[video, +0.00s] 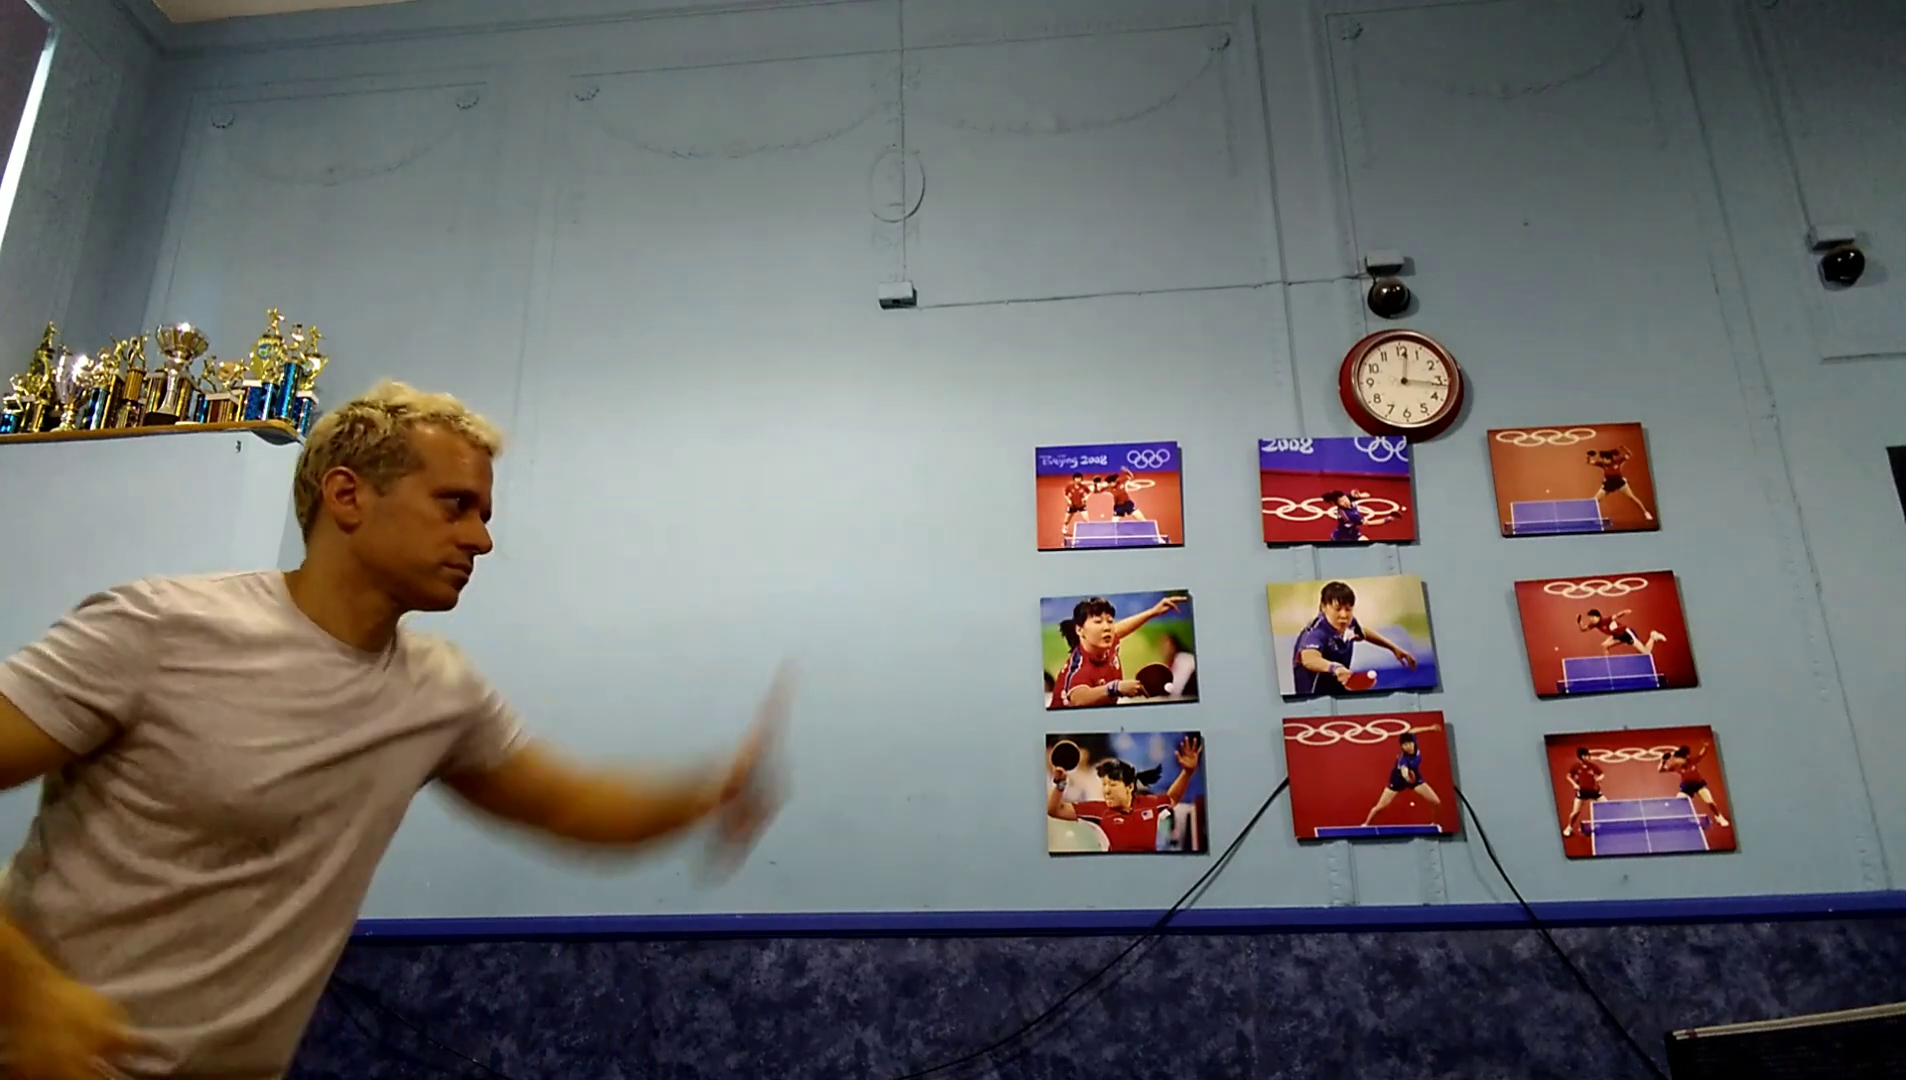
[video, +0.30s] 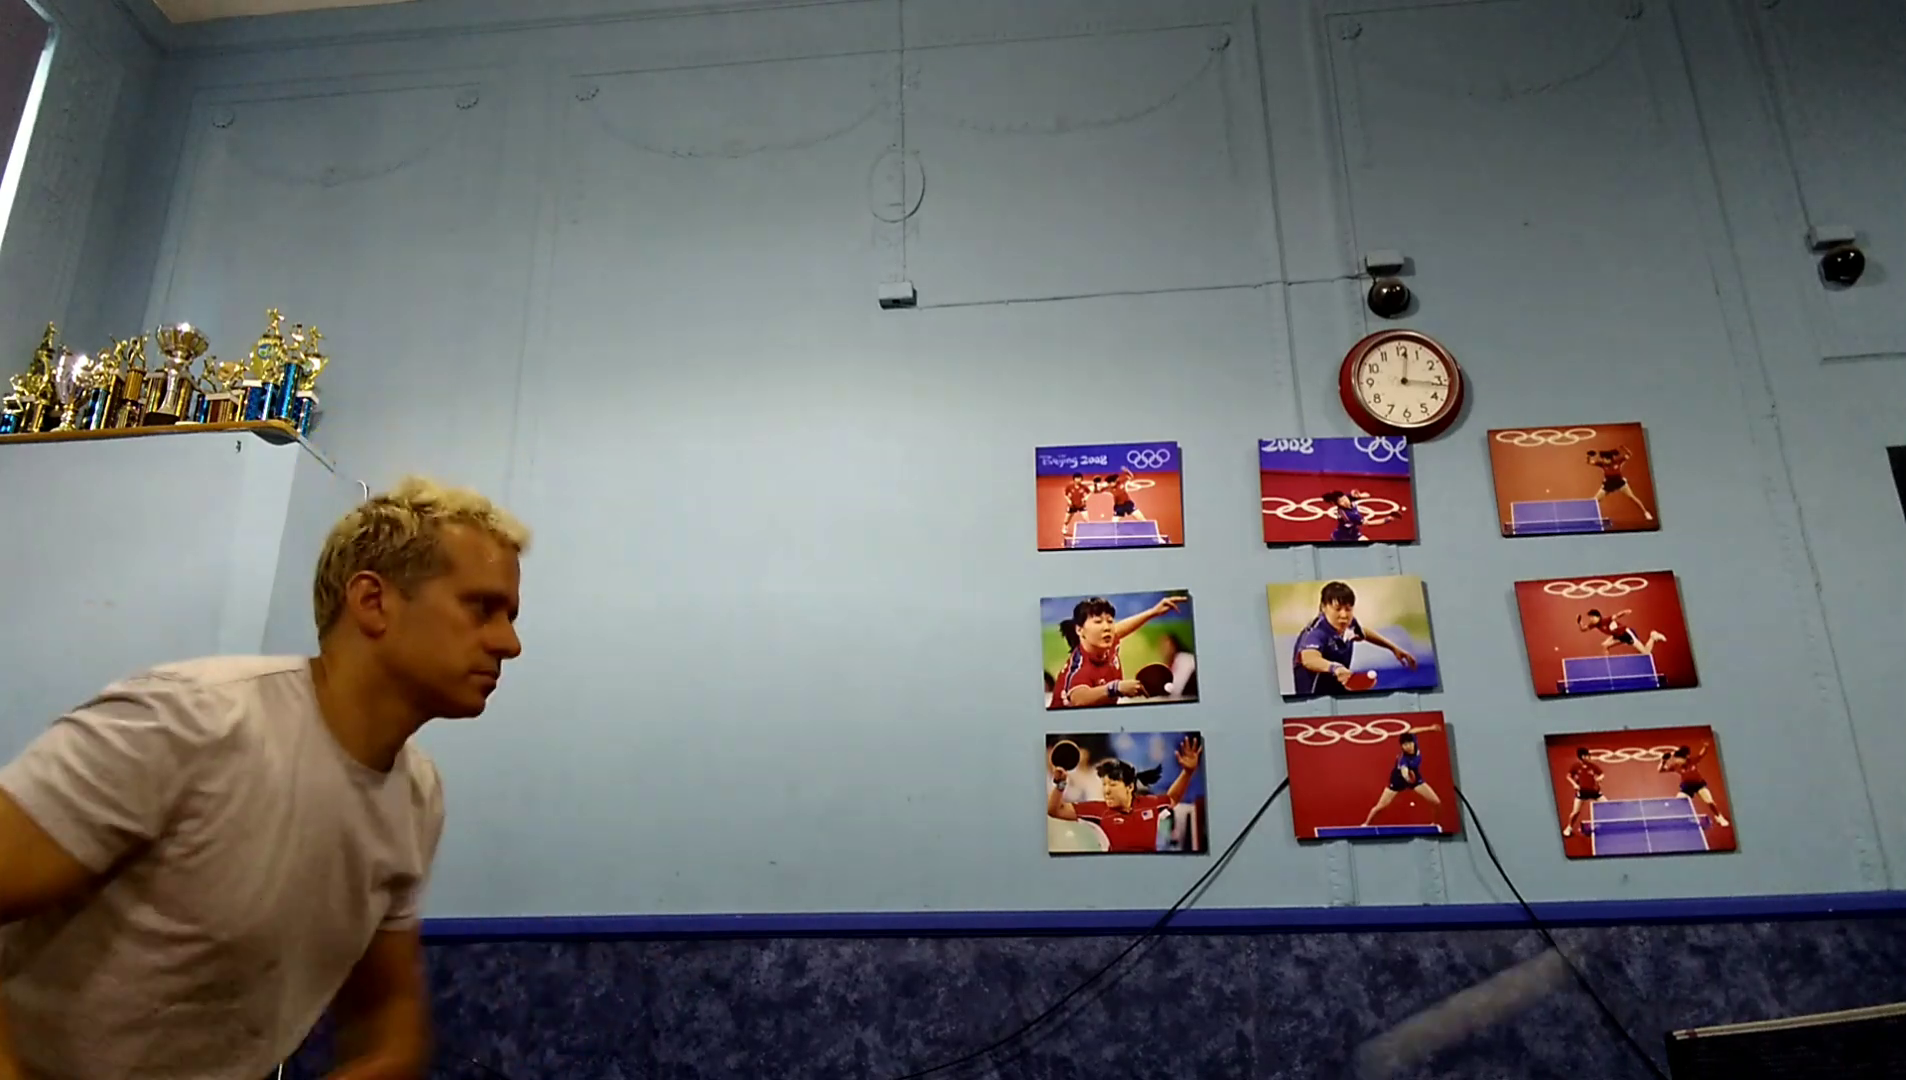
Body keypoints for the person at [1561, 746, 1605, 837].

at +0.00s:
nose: (1588, 758)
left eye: (1588, 755)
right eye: (1586, 756)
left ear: (1588, 756)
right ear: (1581, 757)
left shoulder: (1592, 766)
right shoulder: (1576, 766)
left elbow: (1602, 774)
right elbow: (1569, 776)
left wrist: (1598, 779)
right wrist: (1574, 784)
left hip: (1594, 791)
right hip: (1582, 791)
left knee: (1607, 806)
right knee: (1576, 812)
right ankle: (1569, 827)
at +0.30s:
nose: (1588, 758)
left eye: (1588, 755)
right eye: (1586, 756)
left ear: (1588, 756)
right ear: (1581, 757)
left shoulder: (1592, 766)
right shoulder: (1576, 766)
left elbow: (1602, 774)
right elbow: (1569, 776)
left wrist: (1598, 779)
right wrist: (1574, 784)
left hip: (1594, 791)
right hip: (1582, 791)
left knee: (1607, 806)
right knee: (1576, 812)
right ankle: (1569, 827)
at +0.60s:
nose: (1587, 758)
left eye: (1588, 755)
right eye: (1585, 756)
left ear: (1588, 756)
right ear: (1581, 757)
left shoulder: (1592, 766)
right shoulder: (1576, 766)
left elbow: (1602, 774)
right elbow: (1569, 776)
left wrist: (1598, 779)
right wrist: (1574, 784)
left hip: (1594, 791)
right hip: (1582, 791)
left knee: (1607, 806)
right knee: (1576, 812)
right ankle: (1569, 827)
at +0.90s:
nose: (1588, 758)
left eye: (1588, 755)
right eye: (1586, 756)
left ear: (1588, 756)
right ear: (1581, 757)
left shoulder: (1592, 766)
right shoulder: (1576, 766)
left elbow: (1602, 774)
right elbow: (1568, 776)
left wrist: (1598, 779)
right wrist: (1574, 784)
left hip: (1594, 791)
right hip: (1582, 791)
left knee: (1607, 806)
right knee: (1576, 812)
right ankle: (1569, 827)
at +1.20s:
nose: (1588, 758)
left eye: (1588, 755)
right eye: (1586, 756)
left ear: (1588, 756)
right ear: (1581, 757)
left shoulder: (1592, 766)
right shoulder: (1576, 766)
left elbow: (1602, 774)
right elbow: (1568, 776)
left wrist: (1598, 779)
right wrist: (1574, 784)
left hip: (1594, 791)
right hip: (1582, 791)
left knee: (1607, 806)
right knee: (1575, 812)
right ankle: (1569, 827)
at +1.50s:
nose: (1588, 758)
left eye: (1588, 755)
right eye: (1586, 756)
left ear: (1588, 756)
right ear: (1581, 757)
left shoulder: (1592, 766)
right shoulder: (1576, 767)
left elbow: (1602, 774)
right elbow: (1568, 776)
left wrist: (1598, 779)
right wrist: (1574, 784)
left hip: (1594, 791)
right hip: (1582, 791)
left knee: (1607, 806)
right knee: (1575, 812)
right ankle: (1569, 827)